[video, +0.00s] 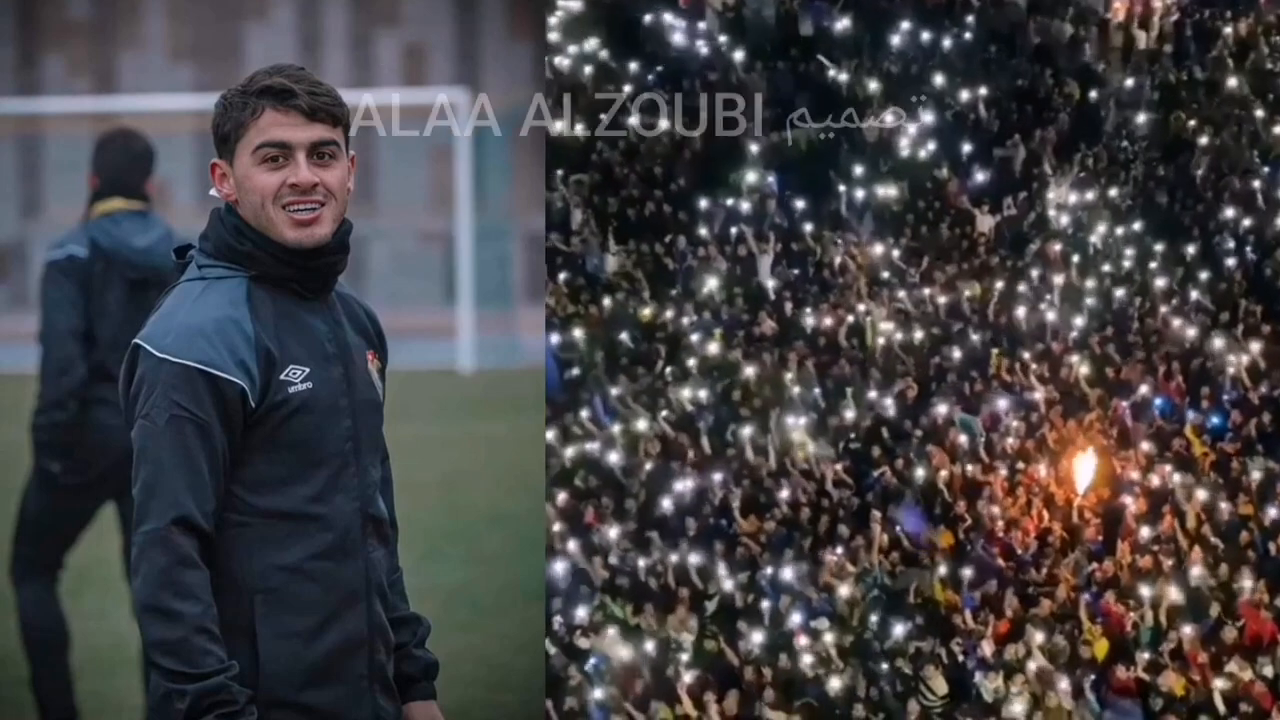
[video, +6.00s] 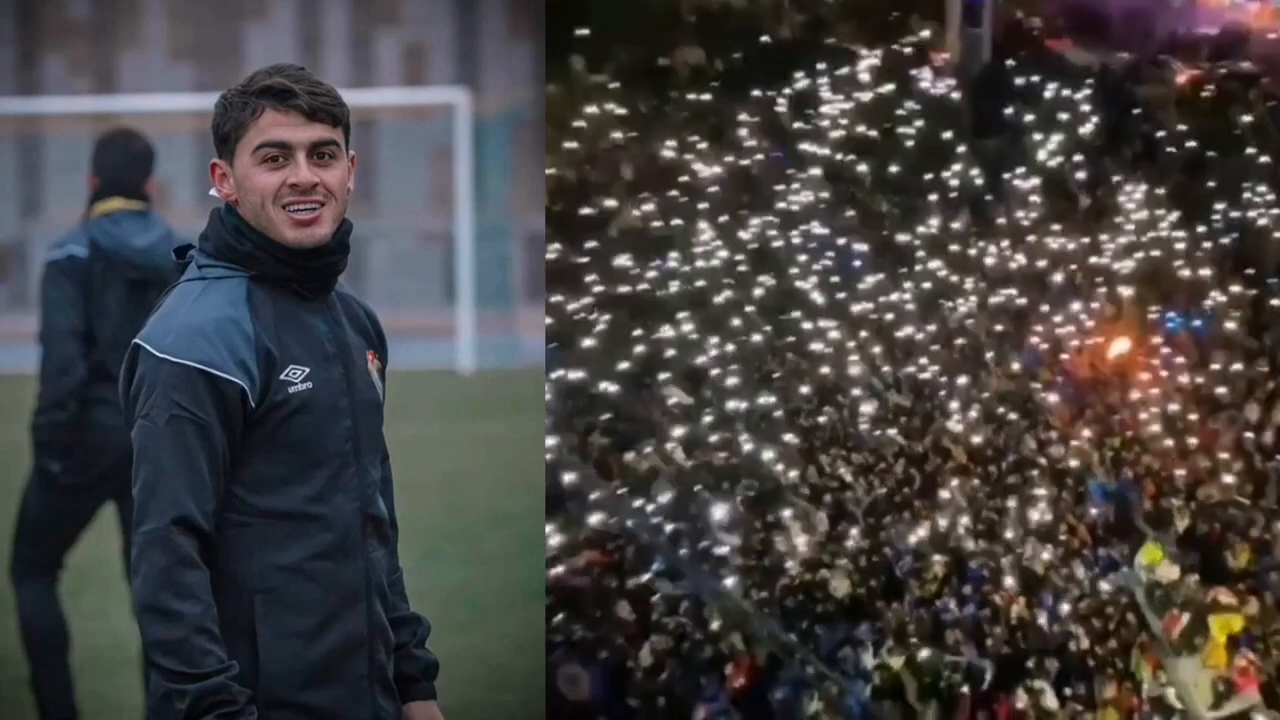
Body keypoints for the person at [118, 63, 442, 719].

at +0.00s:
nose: (305, 178)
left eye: (322, 155)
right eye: (274, 158)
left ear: (350, 171)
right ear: (226, 182)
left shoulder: (356, 323)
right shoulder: (194, 335)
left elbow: (372, 524)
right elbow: (164, 552)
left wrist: (414, 684)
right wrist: (213, 705)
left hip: (365, 690)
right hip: (259, 692)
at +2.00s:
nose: (305, 178)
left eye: (322, 155)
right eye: (274, 158)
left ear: (350, 171)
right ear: (226, 182)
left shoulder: (351, 319)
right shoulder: (196, 334)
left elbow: (372, 523)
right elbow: (164, 551)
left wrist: (414, 684)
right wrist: (213, 705)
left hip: (364, 690)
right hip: (260, 692)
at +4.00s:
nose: (305, 178)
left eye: (322, 155)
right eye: (274, 158)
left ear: (349, 171)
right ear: (226, 182)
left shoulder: (356, 324)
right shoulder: (195, 334)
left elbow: (373, 525)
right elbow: (164, 551)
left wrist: (414, 684)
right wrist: (213, 705)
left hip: (364, 690)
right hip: (259, 691)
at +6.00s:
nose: (304, 178)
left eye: (322, 155)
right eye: (274, 158)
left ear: (350, 171)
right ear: (226, 182)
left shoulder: (356, 323)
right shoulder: (195, 334)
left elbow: (372, 525)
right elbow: (164, 550)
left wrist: (414, 685)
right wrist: (213, 705)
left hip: (365, 690)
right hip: (259, 691)